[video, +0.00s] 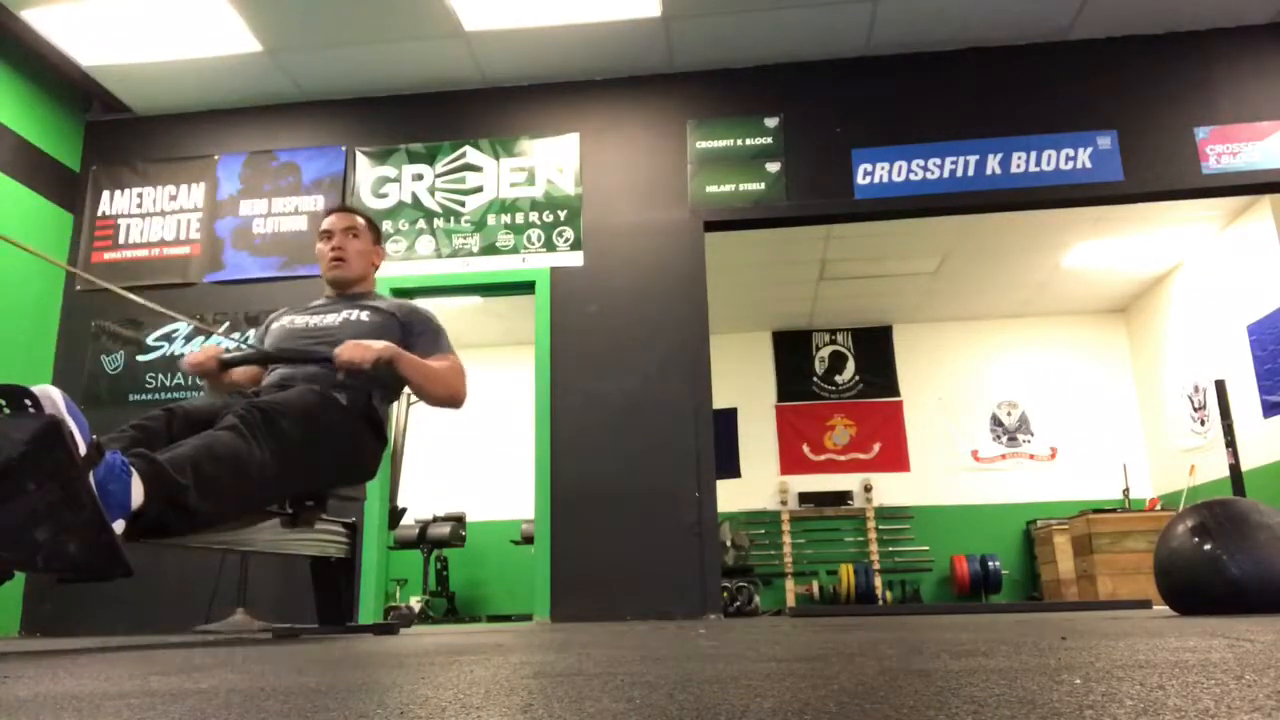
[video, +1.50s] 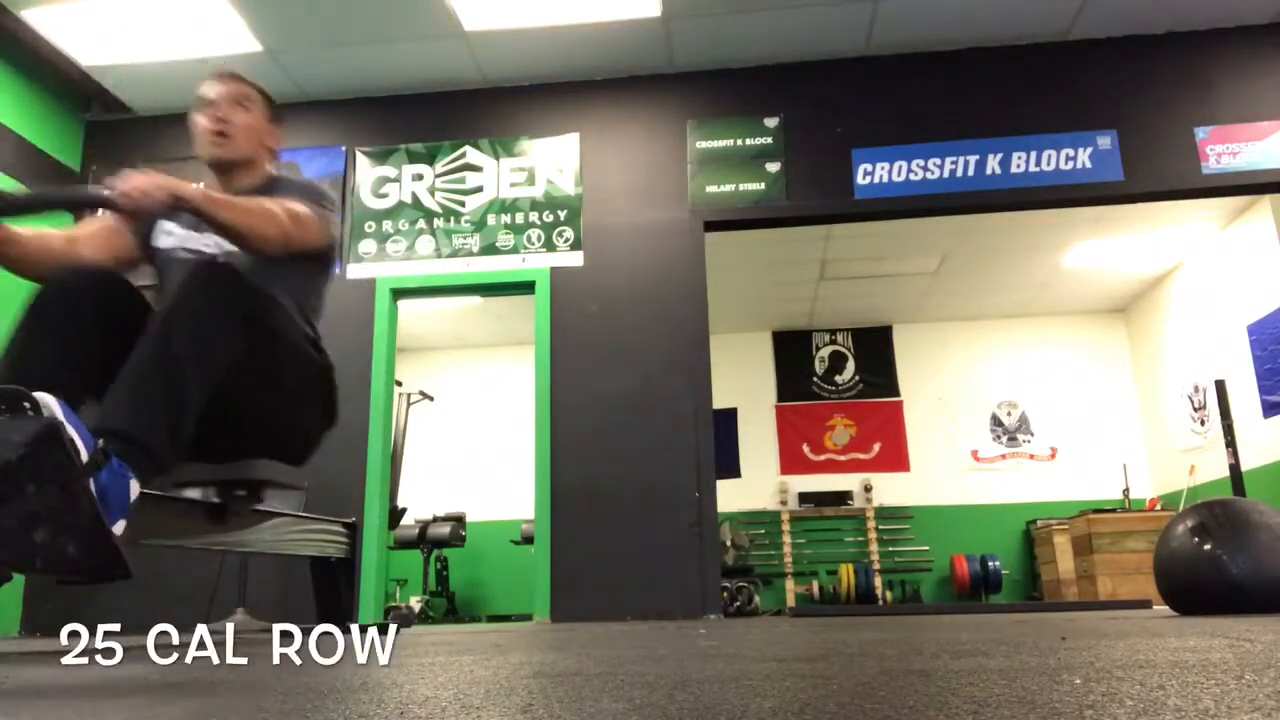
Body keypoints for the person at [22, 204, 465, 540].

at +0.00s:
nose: (336, 244)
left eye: (350, 235)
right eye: (327, 237)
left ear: (377, 253)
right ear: (317, 254)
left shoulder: (406, 316)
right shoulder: (289, 319)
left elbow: (454, 391)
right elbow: (254, 379)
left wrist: (390, 353)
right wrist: (213, 371)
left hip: (342, 413)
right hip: (271, 408)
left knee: (250, 435)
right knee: (171, 420)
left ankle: (125, 491)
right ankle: (92, 475)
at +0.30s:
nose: (314, 214)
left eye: (330, 205)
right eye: (306, 207)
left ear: (358, 223)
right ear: (297, 224)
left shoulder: (385, 279)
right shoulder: (270, 291)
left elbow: (407, 326)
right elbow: (202, 331)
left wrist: (338, 315)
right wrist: (155, 332)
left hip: (345, 408)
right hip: (268, 401)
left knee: (249, 423)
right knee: (174, 413)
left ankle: (130, 491)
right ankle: (87, 462)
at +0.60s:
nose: (260, 171)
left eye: (278, 160)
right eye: (250, 162)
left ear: (309, 184)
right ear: (239, 181)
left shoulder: (341, 242)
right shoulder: (218, 253)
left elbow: (365, 287)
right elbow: (141, 291)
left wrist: (280, 275)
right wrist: (74, 296)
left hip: (322, 421)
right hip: (226, 420)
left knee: (241, 339)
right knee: (119, 338)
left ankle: (122, 488)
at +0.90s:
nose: (157, 107)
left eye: (180, 92)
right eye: (144, 96)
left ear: (223, 117)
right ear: (133, 117)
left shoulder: (266, 180)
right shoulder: (113, 197)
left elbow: (281, 233)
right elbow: (12, 233)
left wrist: (159, 227)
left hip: (261, 407)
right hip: (144, 404)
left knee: (208, 256)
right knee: (30, 265)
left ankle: (124, 458)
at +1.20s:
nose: (101, 69)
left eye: (128, 54)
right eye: (88, 60)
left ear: (176, 85)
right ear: (78, 87)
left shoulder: (226, 148)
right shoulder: (59, 172)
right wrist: (12, 164)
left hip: (232, 390)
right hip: (105, 382)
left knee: (177, 221)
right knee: (23, 227)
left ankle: (123, 448)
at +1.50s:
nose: (217, 115)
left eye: (240, 106)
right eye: (205, 107)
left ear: (273, 137)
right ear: (191, 133)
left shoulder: (308, 199)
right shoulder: (169, 207)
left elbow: (280, 233)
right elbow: (79, 247)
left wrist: (183, 194)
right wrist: (4, 239)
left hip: (282, 402)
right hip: (182, 396)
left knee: (216, 286)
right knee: (86, 288)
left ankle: (116, 474)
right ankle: (14, 446)